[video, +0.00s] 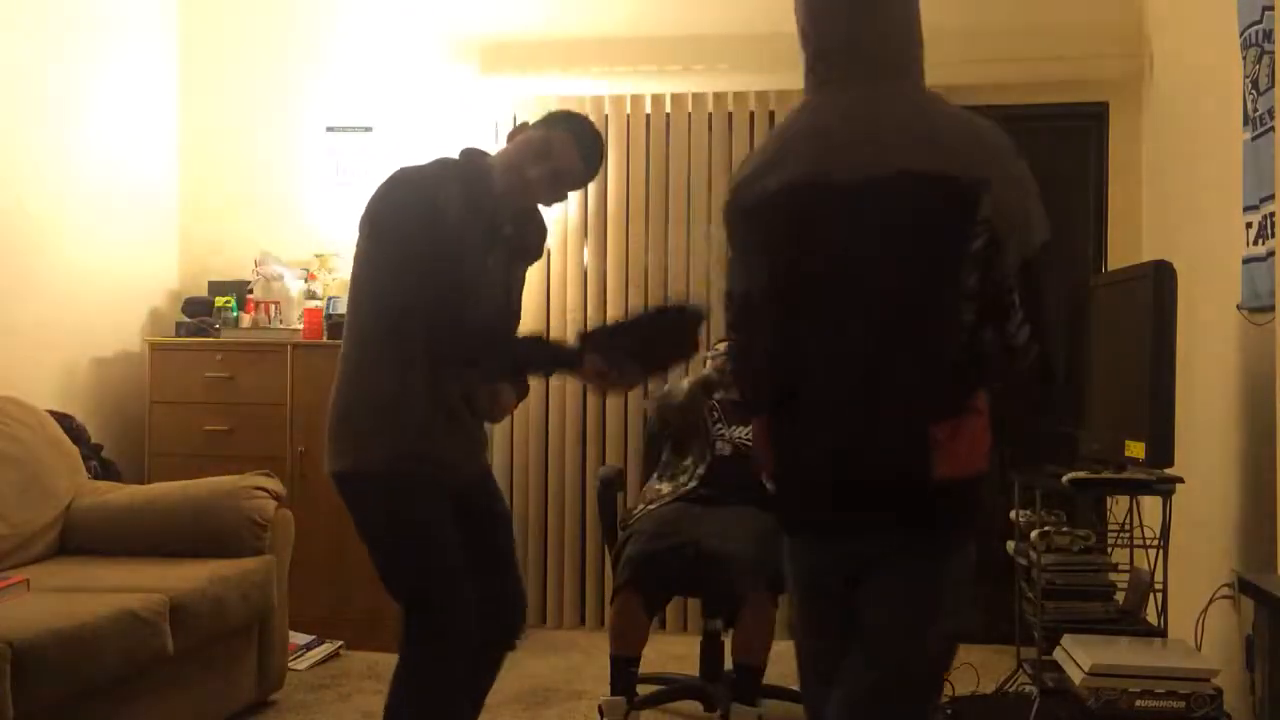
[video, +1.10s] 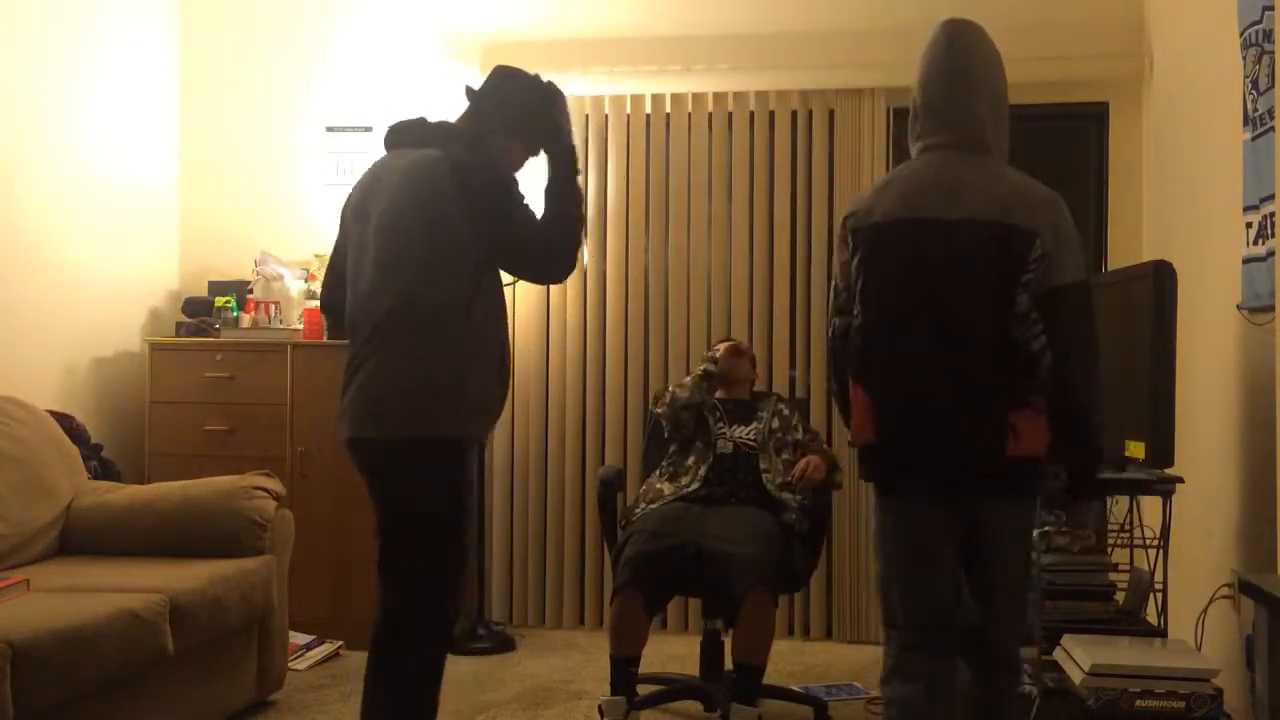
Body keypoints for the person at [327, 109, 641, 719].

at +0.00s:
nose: (545, 190)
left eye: (562, 188)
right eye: (548, 165)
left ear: (566, 194)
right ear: (522, 135)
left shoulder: (517, 238)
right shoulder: (419, 193)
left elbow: (498, 349)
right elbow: (441, 337)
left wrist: (506, 389)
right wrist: (563, 356)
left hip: (453, 448)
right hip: (382, 444)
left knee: (498, 612)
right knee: (444, 621)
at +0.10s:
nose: (544, 174)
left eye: (559, 173)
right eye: (547, 151)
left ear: (560, 176)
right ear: (521, 115)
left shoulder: (515, 216)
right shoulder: (423, 167)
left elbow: (478, 311)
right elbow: (468, 285)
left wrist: (509, 362)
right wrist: (599, 278)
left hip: (451, 439)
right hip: (387, 433)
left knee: (470, 615)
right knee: (436, 612)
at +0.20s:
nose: (535, 158)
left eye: (553, 160)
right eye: (539, 135)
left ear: (555, 170)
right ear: (516, 106)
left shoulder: (509, 208)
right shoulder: (423, 154)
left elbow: (486, 313)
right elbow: (516, 231)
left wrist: (510, 354)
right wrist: (614, 173)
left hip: (451, 433)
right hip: (387, 428)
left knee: (454, 614)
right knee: (420, 612)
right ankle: (400, 713)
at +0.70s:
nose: (542, 182)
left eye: (552, 171)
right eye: (549, 165)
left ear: (508, 125)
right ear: (522, 132)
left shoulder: (453, 176)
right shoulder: (437, 167)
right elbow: (554, 245)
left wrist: (476, 340)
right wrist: (609, 147)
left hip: (431, 431)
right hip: (385, 430)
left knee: (477, 585)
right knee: (395, 599)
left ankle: (434, 712)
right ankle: (389, 714)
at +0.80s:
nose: (539, 183)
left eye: (549, 172)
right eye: (545, 166)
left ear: (502, 127)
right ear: (513, 132)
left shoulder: (448, 177)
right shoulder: (438, 174)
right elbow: (557, 254)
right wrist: (605, 157)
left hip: (430, 433)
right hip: (388, 431)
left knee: (482, 583)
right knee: (397, 606)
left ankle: (435, 711)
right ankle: (390, 713)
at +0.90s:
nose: (537, 176)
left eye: (547, 164)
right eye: (542, 159)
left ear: (493, 122)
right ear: (509, 130)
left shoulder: (419, 171)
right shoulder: (452, 178)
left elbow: (546, 260)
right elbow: (558, 259)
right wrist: (595, 160)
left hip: (387, 427)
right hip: (408, 433)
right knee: (446, 588)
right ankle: (415, 712)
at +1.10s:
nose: (519, 166)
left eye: (527, 155)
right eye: (523, 151)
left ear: (471, 115)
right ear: (501, 129)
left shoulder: (375, 178)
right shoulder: (470, 173)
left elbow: (336, 308)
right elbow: (552, 259)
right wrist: (563, 154)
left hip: (375, 417)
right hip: (433, 422)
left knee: (406, 606)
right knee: (424, 611)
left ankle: (387, 713)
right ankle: (400, 715)